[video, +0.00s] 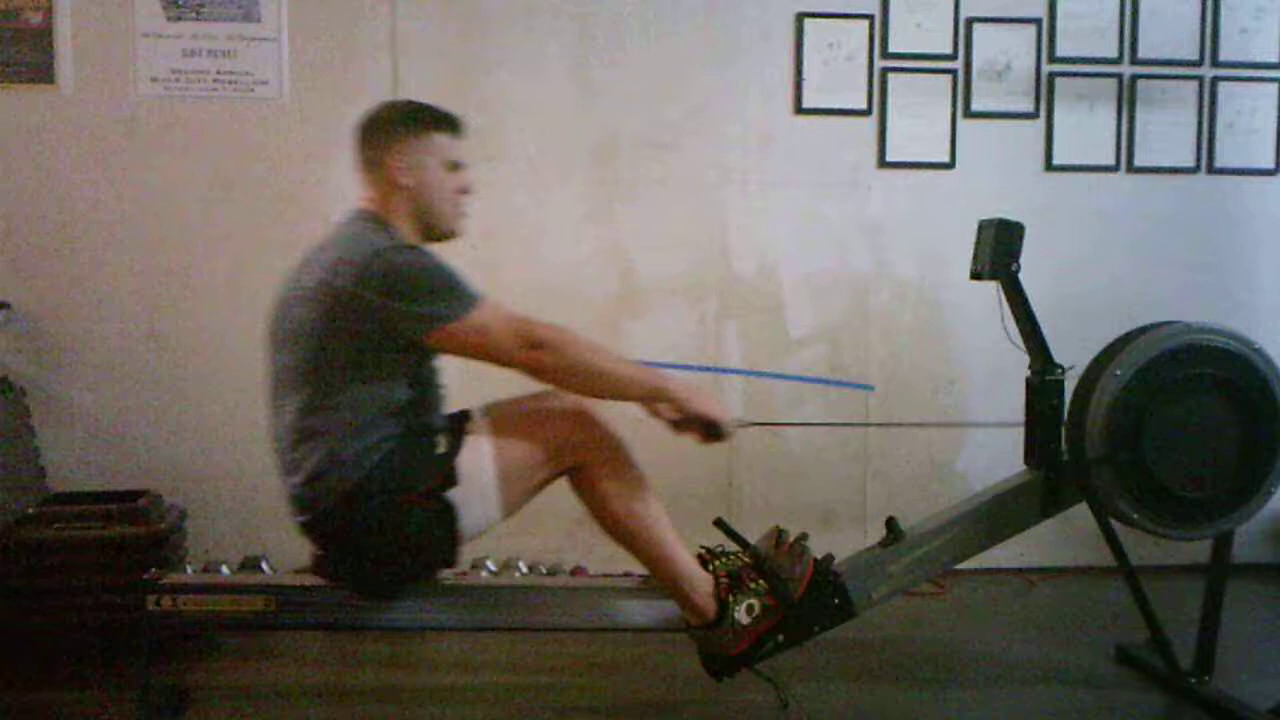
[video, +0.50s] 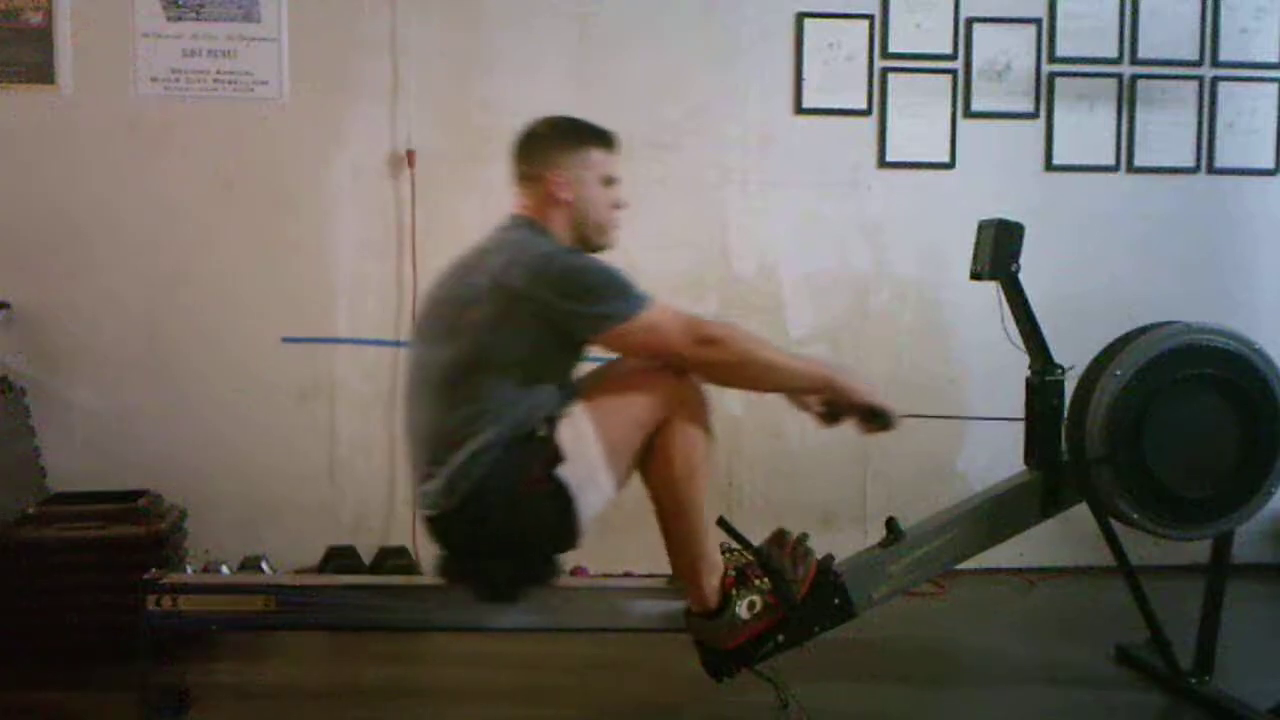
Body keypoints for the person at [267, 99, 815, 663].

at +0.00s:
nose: (467, 185)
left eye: (464, 168)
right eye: (451, 167)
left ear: (398, 173)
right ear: (398, 171)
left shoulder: (358, 256)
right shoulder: (378, 263)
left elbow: (526, 344)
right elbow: (531, 346)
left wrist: (657, 389)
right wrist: (664, 391)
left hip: (367, 501)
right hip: (377, 523)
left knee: (567, 413)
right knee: (578, 429)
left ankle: (702, 587)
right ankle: (713, 611)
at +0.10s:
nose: (467, 185)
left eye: (464, 168)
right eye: (451, 167)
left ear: (398, 173)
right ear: (398, 171)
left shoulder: (358, 256)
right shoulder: (378, 263)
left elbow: (526, 344)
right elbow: (531, 346)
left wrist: (657, 389)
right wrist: (664, 391)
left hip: (367, 501)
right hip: (377, 523)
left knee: (567, 413)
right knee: (578, 429)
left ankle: (702, 587)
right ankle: (713, 611)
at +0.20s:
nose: (484, 188)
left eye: (480, 171)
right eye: (467, 169)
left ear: (414, 176)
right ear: (414, 173)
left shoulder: (368, 258)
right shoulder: (395, 265)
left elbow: (538, 344)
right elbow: (545, 345)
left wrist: (670, 390)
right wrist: (680, 391)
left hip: (371, 508)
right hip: (389, 524)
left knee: (572, 409)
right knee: (586, 423)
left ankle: (703, 586)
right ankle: (713, 611)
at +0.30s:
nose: (527, 192)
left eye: (524, 174)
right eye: (512, 173)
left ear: (456, 180)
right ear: (462, 178)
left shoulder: (411, 257)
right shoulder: (439, 264)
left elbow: (587, 347)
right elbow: (596, 345)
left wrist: (704, 392)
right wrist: (734, 388)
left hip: (401, 515)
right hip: (423, 526)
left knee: (594, 396)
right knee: (611, 410)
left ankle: (702, 583)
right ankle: (714, 610)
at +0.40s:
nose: (573, 194)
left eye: (570, 178)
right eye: (560, 177)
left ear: (504, 184)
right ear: (510, 182)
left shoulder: (456, 261)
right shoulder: (491, 265)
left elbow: (630, 344)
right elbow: (646, 344)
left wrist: (748, 387)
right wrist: (784, 384)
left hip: (433, 522)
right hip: (460, 523)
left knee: (630, 385)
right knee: (639, 392)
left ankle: (704, 590)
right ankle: (710, 601)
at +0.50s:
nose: (620, 202)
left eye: (617, 184)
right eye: (608, 183)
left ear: (557, 188)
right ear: (558, 187)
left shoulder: (500, 261)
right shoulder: (541, 266)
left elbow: (670, 344)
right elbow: (691, 342)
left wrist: (793, 385)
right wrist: (832, 379)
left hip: (468, 521)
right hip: (499, 519)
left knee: (660, 377)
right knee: (674, 387)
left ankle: (706, 589)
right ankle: (711, 604)